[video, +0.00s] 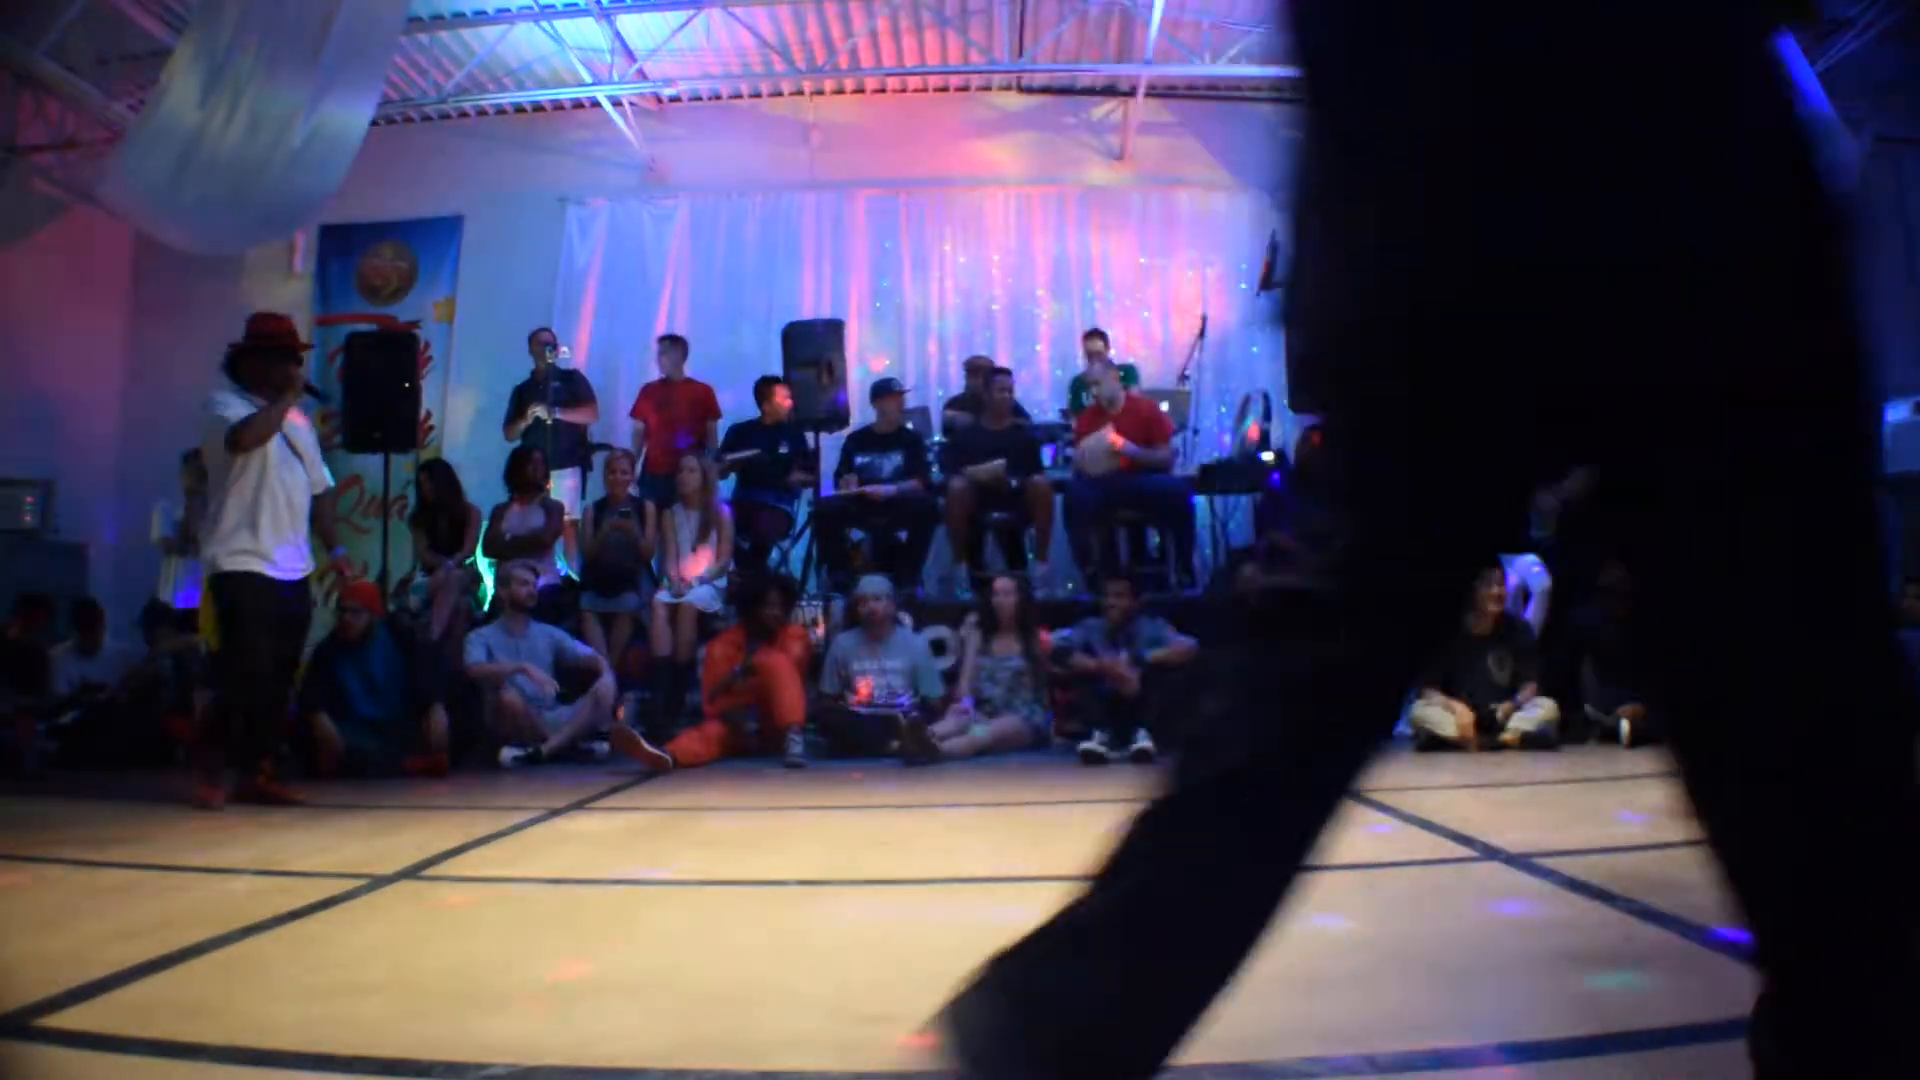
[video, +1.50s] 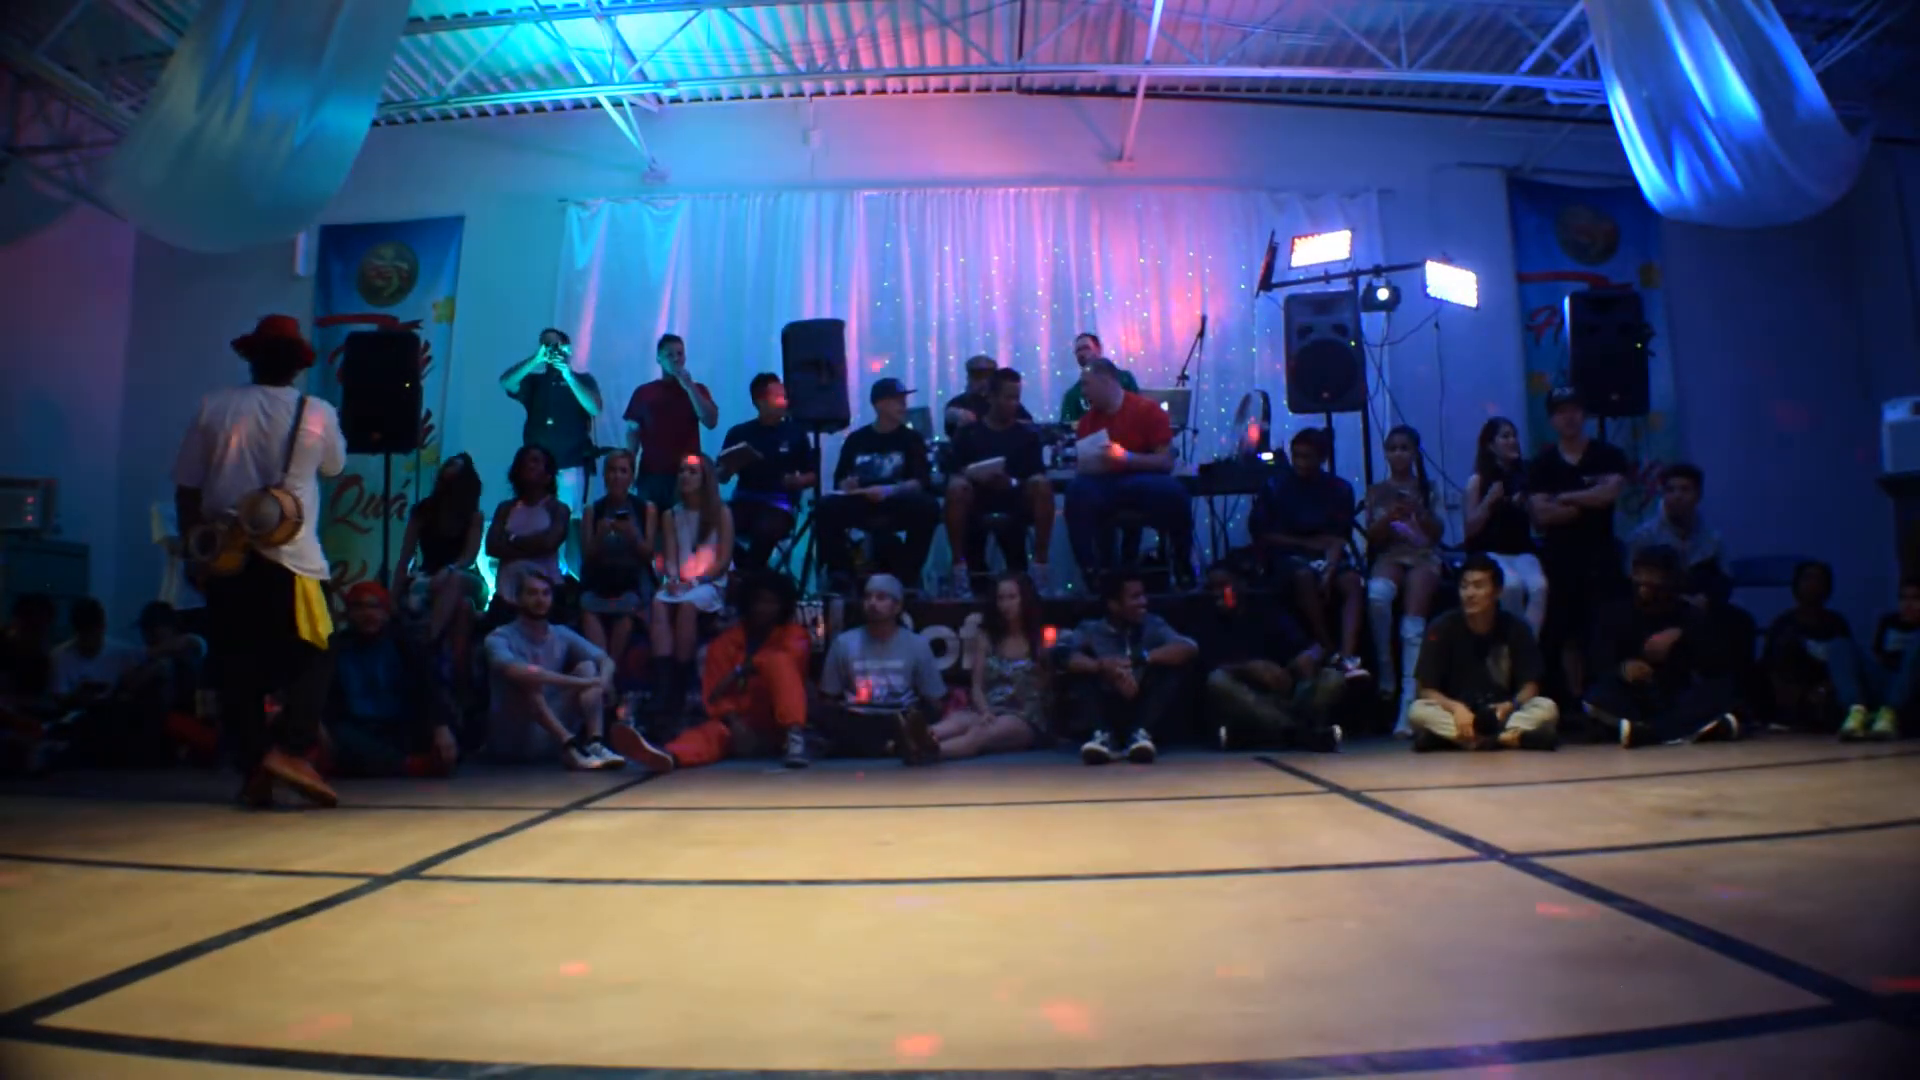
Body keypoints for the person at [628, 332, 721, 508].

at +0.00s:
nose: (660, 360)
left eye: (666, 353)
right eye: (659, 354)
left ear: (682, 355)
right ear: (658, 357)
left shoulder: (703, 392)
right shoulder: (649, 391)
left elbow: (711, 436)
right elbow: (638, 433)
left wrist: (709, 471)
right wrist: (631, 470)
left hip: (691, 477)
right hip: (655, 474)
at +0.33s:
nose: (660, 362)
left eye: (666, 356)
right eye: (657, 356)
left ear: (678, 358)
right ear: (654, 359)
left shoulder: (698, 393)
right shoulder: (645, 392)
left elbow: (708, 437)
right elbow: (636, 436)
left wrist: (709, 477)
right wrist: (628, 473)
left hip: (685, 474)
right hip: (651, 472)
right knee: (649, 531)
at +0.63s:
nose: (669, 360)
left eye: (674, 354)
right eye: (665, 355)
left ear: (681, 357)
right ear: (659, 358)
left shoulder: (699, 394)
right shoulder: (646, 396)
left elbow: (709, 434)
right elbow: (634, 435)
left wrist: (707, 468)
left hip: (689, 473)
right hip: (655, 471)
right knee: (653, 528)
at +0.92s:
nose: (675, 360)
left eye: (679, 355)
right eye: (669, 356)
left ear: (684, 357)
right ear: (659, 359)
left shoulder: (698, 393)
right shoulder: (643, 393)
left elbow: (711, 433)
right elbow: (632, 434)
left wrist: (695, 429)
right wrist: (629, 471)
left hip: (686, 475)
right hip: (652, 472)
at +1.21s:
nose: (676, 360)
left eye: (680, 354)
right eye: (669, 356)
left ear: (685, 356)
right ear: (659, 360)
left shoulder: (697, 390)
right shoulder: (643, 392)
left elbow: (711, 423)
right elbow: (632, 434)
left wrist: (689, 388)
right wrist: (629, 471)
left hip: (686, 474)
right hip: (652, 473)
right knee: (649, 533)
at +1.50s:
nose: (676, 359)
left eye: (679, 354)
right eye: (669, 355)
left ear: (684, 356)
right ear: (659, 359)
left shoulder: (697, 390)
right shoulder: (644, 393)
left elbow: (710, 421)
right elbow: (632, 434)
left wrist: (689, 387)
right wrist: (628, 473)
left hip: (687, 476)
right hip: (652, 474)